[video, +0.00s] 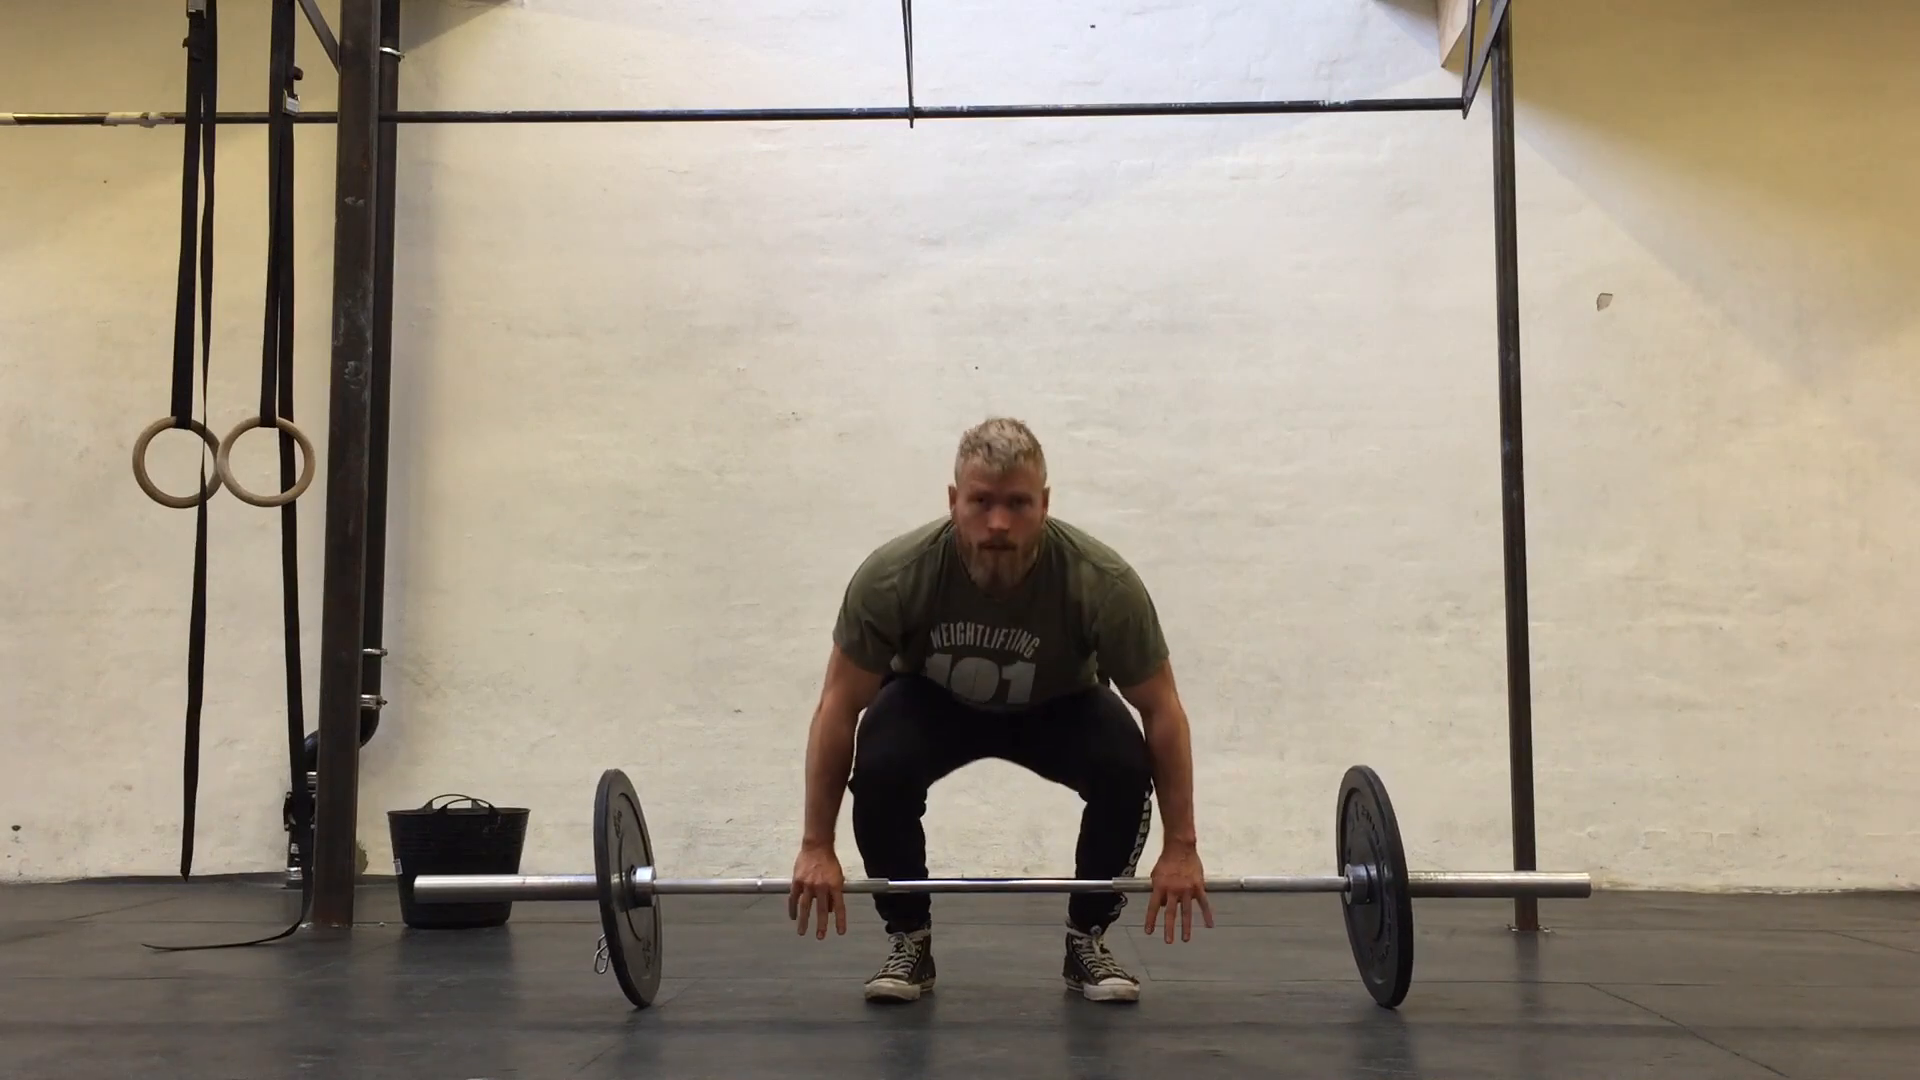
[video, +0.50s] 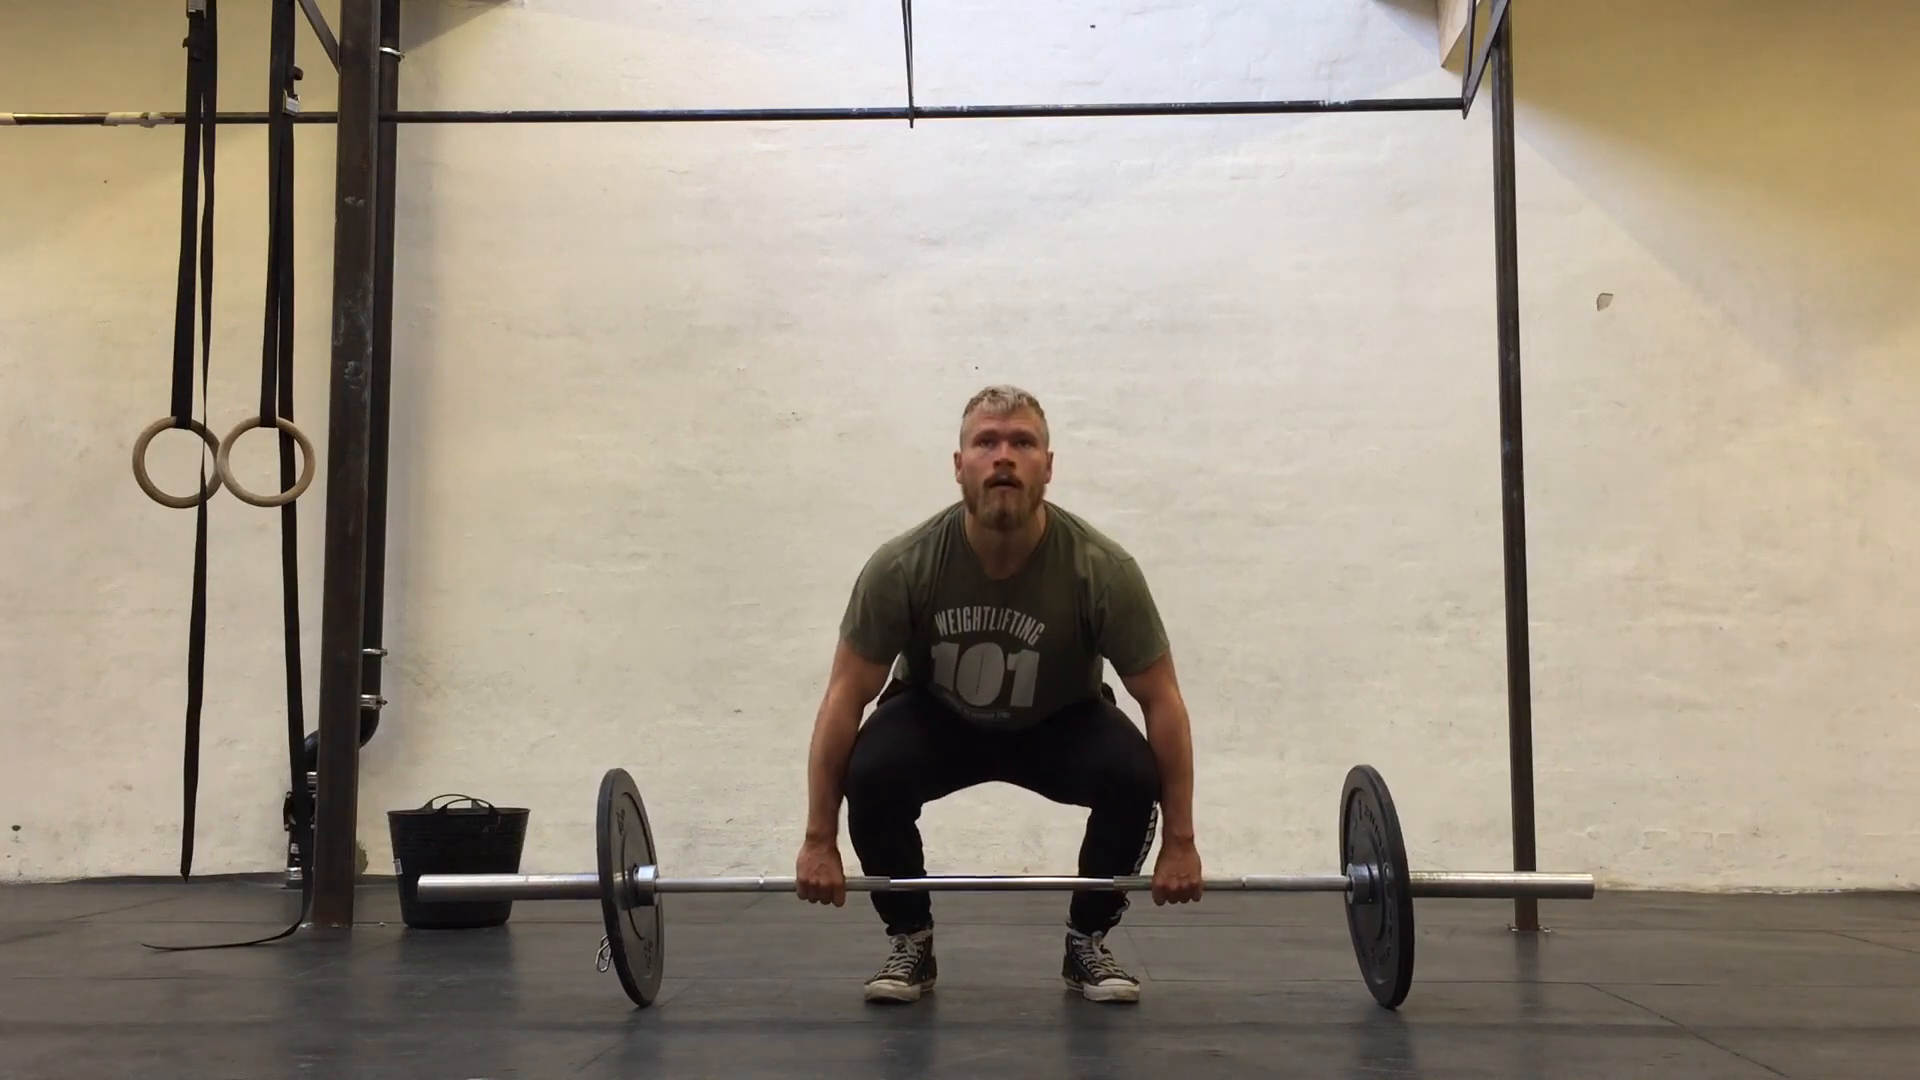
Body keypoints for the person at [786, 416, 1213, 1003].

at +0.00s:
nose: (998, 522)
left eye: (1018, 504)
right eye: (981, 503)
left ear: (1045, 505)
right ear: (953, 502)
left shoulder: (1103, 585)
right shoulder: (891, 581)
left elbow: (1161, 710)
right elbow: (840, 707)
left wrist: (1180, 848)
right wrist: (817, 844)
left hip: (1055, 710)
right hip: (937, 709)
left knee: (1124, 767)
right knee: (881, 766)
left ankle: (1088, 943)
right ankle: (908, 945)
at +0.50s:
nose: (1004, 455)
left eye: (1022, 442)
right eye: (986, 441)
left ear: (1047, 467)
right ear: (959, 466)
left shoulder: (1103, 572)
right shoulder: (901, 571)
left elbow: (1161, 700)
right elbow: (846, 697)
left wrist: (1180, 842)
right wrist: (819, 840)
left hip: (1058, 725)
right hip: (940, 723)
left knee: (1132, 775)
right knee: (873, 776)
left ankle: (1088, 946)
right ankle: (910, 947)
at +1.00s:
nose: (999, 281)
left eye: (1017, 269)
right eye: (982, 269)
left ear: (1045, 296)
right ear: (957, 297)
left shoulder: (1097, 405)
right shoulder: (905, 405)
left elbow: (1151, 530)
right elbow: (853, 532)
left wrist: (1176, 658)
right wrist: (824, 659)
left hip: (1058, 596)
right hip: (936, 595)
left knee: (1108, 733)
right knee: (887, 738)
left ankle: (1091, 939)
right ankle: (906, 941)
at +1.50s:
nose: (992, 149)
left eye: (1010, 139)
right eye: (977, 139)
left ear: (1037, 169)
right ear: (953, 167)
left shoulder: (1082, 274)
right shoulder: (906, 273)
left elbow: (1135, 388)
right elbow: (858, 391)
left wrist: (1168, 507)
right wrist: (829, 507)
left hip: (1061, 543)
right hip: (935, 543)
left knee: (1081, 747)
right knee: (917, 745)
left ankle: (1088, 939)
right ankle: (908, 937)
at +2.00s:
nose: (994, 156)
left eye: (1011, 145)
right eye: (979, 145)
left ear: (1037, 173)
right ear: (955, 172)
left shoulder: (1084, 280)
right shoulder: (908, 278)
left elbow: (1135, 393)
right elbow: (859, 392)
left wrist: (1168, 508)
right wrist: (829, 506)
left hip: (1062, 549)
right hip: (937, 550)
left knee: (1085, 752)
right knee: (915, 750)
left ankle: (1089, 939)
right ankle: (907, 936)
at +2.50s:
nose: (997, 216)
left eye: (1015, 206)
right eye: (981, 205)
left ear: (1040, 239)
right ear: (954, 237)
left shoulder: (1093, 352)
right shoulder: (904, 348)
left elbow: (1141, 478)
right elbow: (855, 477)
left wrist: (1171, 600)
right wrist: (828, 600)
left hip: (1060, 580)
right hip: (935, 579)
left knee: (1117, 740)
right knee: (887, 745)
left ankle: (1091, 937)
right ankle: (904, 940)